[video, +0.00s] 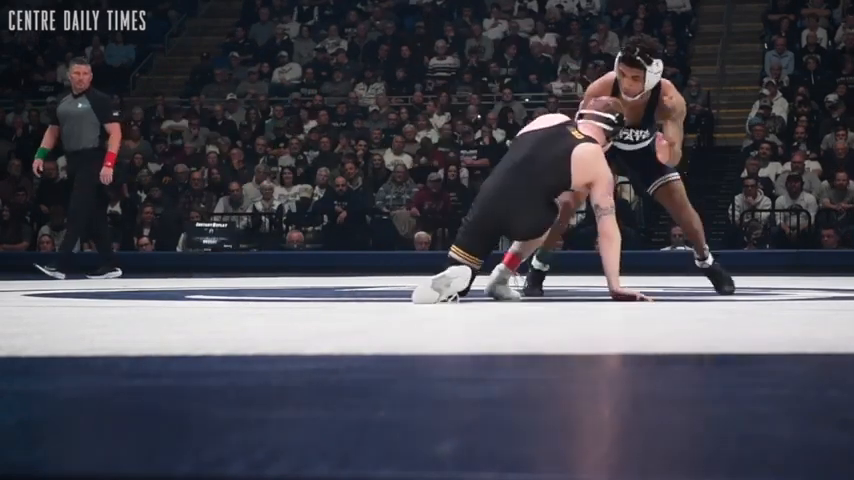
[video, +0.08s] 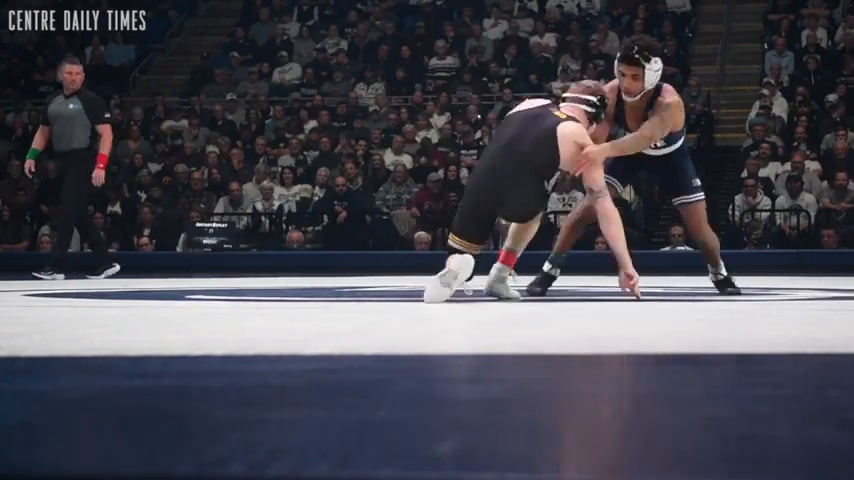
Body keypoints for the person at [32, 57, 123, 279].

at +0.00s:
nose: (81, 78)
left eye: (85, 74)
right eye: (77, 74)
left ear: (91, 76)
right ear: (69, 76)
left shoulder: (99, 100)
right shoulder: (62, 103)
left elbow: (115, 132)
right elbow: (52, 131)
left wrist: (109, 164)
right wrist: (40, 155)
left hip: (94, 160)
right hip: (74, 162)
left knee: (78, 209)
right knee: (93, 212)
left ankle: (60, 264)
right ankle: (109, 263)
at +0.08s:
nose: (74, 78)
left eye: (78, 74)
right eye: (69, 73)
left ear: (83, 76)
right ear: (60, 76)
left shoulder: (91, 101)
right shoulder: (53, 102)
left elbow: (106, 134)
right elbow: (43, 132)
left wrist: (101, 166)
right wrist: (31, 156)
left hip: (82, 161)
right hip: (63, 161)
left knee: (68, 209)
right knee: (79, 213)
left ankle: (56, 266)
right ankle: (106, 261)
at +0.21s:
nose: (60, 76)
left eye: (65, 71)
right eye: (56, 71)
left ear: (70, 75)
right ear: (48, 73)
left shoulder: (77, 99)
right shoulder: (38, 99)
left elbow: (90, 133)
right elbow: (29, 129)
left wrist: (83, 165)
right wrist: (19, 155)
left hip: (67, 159)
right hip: (44, 159)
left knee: (57, 210)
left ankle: (55, 267)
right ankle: (86, 248)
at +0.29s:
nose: (52, 74)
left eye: (56, 70)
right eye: (48, 69)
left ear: (62, 73)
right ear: (39, 71)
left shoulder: (70, 97)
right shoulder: (30, 97)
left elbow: (81, 132)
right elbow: (21, 127)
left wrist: (71, 162)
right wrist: (12, 155)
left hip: (60, 156)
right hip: (35, 157)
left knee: (53, 207)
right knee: (35, 207)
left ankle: (56, 264)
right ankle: (66, 240)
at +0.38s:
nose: (44, 73)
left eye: (49, 68)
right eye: (40, 68)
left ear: (54, 71)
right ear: (31, 70)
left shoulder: (61, 95)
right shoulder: (23, 95)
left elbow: (72, 129)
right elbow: (13, 126)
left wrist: (58, 158)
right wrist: (4, 154)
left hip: (51, 158)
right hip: (27, 158)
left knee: (52, 207)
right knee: (24, 209)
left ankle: (56, 263)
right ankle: (39, 259)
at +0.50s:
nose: (32, 72)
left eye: (36, 68)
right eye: (27, 68)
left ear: (42, 70)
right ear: (19, 70)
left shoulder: (49, 94)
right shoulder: (9, 96)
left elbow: (61, 128)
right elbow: (3, 128)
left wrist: (42, 154)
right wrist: (3, 150)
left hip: (42, 156)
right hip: (14, 157)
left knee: (47, 207)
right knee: (9, 207)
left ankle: (54, 265)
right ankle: (7, 264)